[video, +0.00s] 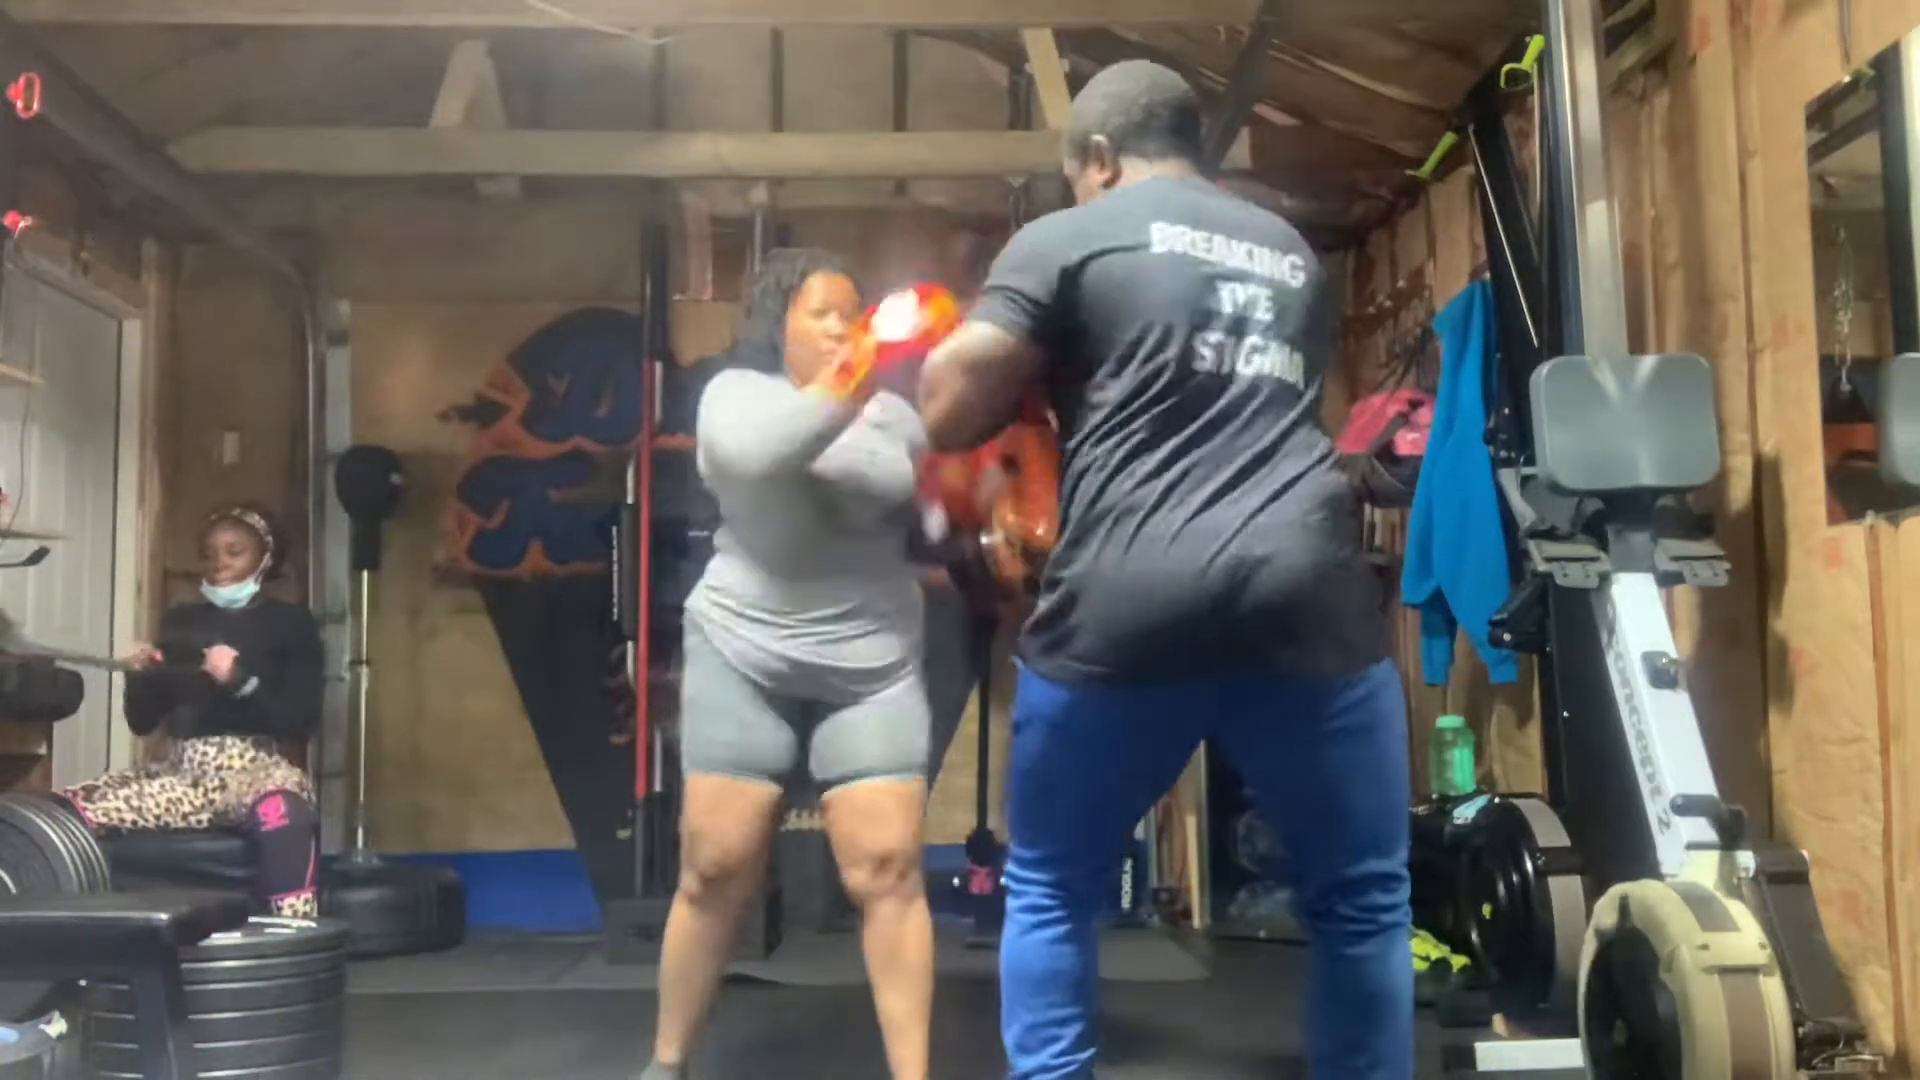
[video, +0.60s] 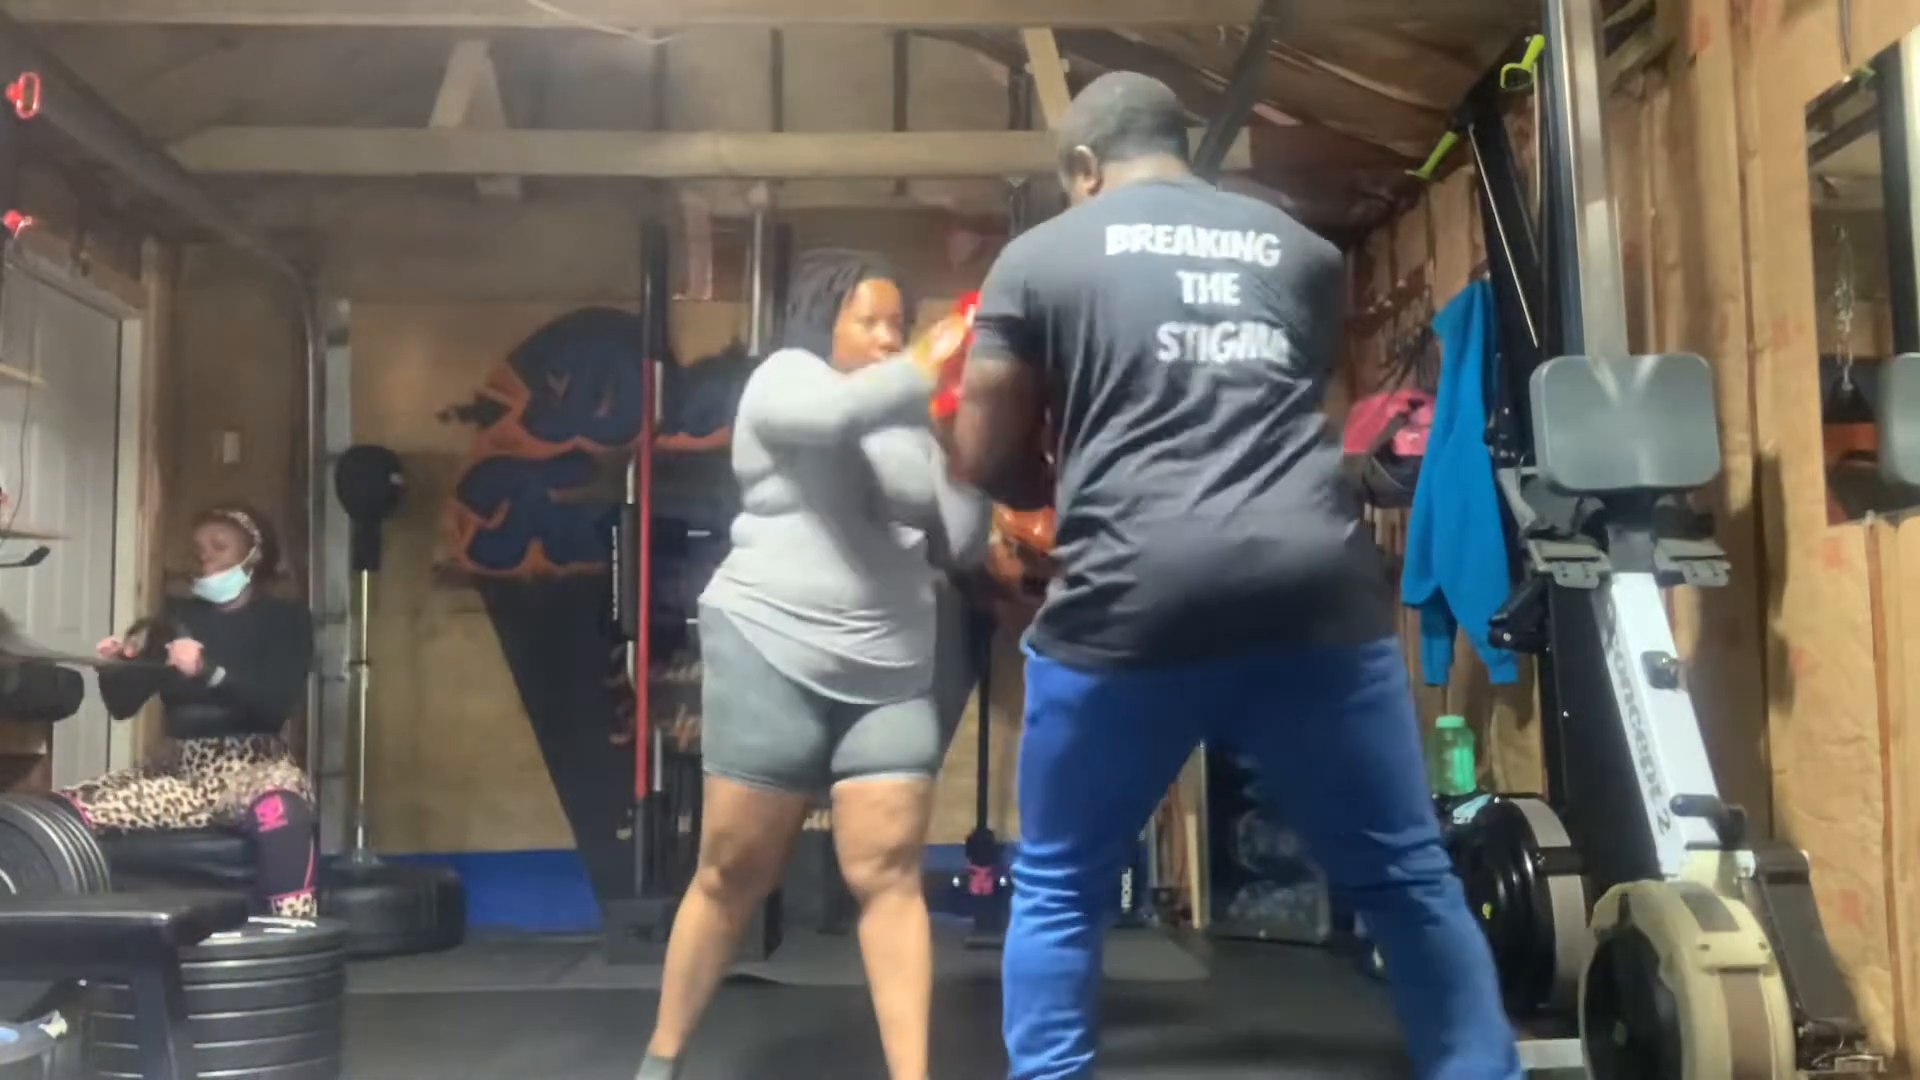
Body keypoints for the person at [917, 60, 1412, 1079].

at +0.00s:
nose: (1071, 191)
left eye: (1072, 173)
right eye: (1072, 175)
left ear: (1101, 162)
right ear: (1201, 153)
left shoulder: (1068, 237)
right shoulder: (1295, 251)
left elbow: (949, 416)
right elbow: (1267, 400)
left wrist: (1036, 346)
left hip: (1124, 596)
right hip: (1308, 597)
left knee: (1052, 890)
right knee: (1362, 909)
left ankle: (1049, 1072)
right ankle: (1368, 1077)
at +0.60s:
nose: (1064, 185)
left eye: (1063, 173)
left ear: (1084, 165)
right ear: (1185, 150)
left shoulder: (1037, 258)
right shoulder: (1303, 246)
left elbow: (992, 461)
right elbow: (1315, 415)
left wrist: (1092, 482)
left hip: (1131, 589)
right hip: (1314, 580)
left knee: (1059, 886)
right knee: (1407, 873)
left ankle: (1049, 1071)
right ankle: (1484, 1072)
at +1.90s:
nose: (791, 263)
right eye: (789, 252)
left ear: (672, 271)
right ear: (774, 248)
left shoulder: (610, 371)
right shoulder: (886, 324)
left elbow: (599, 564)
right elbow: (969, 488)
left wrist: (682, 490)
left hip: (728, 657)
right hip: (928, 648)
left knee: (626, 904)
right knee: (1005, 918)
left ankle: (639, 1069)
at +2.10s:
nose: (741, 221)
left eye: (736, 209)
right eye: (735, 206)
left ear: (618, 208)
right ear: (699, 195)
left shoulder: (527, 326)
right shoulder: (785, 274)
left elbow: (546, 491)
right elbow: (876, 461)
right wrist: (792, 542)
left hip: (558, 635)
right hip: (734, 629)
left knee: (627, 876)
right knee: (858, 914)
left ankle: (557, 1069)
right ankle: (808, 1071)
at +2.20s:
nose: (728, 211)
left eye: (727, 196)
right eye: (721, 195)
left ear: (604, 187)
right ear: (674, 186)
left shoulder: (521, 297)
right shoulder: (725, 259)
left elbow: (524, 470)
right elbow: (821, 432)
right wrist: (797, 519)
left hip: (488, 634)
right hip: (646, 625)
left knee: (620, 895)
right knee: (818, 902)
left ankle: (540, 1073)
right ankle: (774, 1073)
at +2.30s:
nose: (716, 198)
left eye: (716, 176)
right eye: (705, 177)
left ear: (596, 170)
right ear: (652, 166)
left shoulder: (527, 255)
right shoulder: (662, 239)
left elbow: (545, 431)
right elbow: (736, 406)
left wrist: (697, 504)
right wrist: (774, 494)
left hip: (420, 604)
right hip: (560, 591)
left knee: (579, 890)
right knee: (748, 884)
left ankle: (523, 1073)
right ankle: (709, 1070)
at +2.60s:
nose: (596, 144)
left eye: (598, 122)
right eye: (587, 119)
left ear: (472, 107)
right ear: (521, 111)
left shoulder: (422, 197)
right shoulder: (502, 194)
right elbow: (556, 376)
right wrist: (653, 460)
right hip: (390, 605)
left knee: (520, 889)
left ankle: (492, 1070)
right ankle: (189, 1073)